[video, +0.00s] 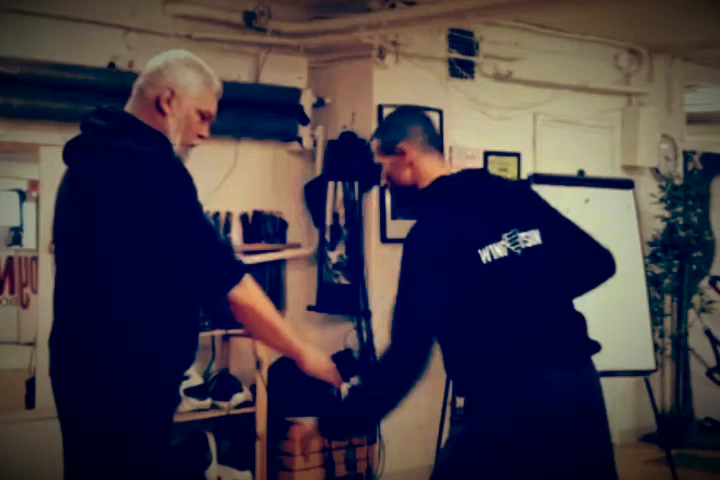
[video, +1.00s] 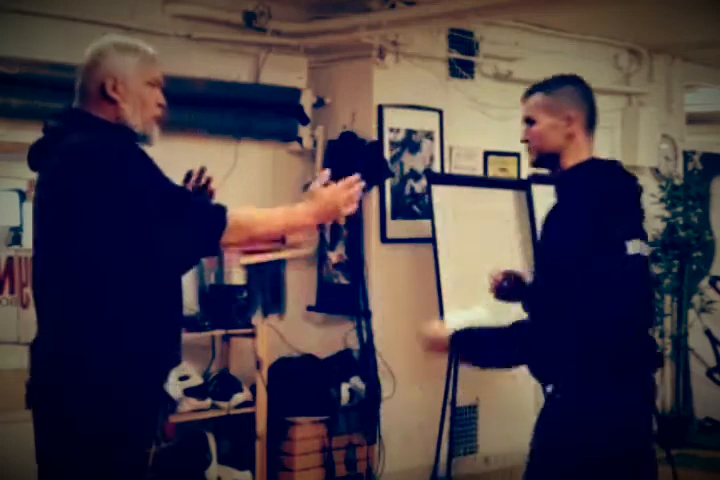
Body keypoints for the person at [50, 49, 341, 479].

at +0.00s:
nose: (205, 134)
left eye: (209, 123)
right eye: (202, 117)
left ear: (165, 100)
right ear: (167, 101)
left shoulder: (89, 164)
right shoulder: (154, 170)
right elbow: (230, 285)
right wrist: (303, 354)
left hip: (83, 372)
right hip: (134, 382)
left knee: (89, 470)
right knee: (135, 470)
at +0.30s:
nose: (202, 132)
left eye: (206, 121)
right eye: (198, 116)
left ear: (161, 101)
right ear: (163, 101)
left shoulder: (96, 162)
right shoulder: (138, 169)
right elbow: (218, 283)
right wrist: (296, 334)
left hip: (85, 390)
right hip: (125, 400)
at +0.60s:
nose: (191, 115)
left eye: (191, 101)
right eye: (183, 98)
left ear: (145, 97)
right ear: (145, 96)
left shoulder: (91, 159)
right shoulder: (127, 163)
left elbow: (117, 291)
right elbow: (214, 267)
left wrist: (170, 377)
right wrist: (302, 300)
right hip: (125, 398)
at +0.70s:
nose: (184, 110)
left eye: (184, 97)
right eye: (177, 94)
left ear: (139, 94)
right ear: (138, 94)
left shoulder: (88, 160)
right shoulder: (123, 164)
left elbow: (122, 284)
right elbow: (217, 254)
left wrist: (193, 351)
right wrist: (311, 253)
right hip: (120, 395)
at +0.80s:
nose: (178, 108)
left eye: (177, 95)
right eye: (171, 92)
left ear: (130, 94)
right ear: (131, 94)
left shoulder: (84, 159)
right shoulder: (119, 162)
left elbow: (116, 285)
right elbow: (222, 241)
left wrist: (202, 303)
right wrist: (316, 208)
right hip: (117, 396)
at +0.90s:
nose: (172, 104)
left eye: (170, 90)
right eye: (163, 88)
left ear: (120, 92)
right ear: (122, 91)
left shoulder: (82, 155)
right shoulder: (109, 157)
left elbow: (191, 238)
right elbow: (210, 231)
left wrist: (285, 232)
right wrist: (313, 198)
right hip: (109, 392)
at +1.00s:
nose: (163, 102)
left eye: (161, 88)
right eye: (154, 85)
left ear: (113, 91)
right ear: (114, 89)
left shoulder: (71, 154)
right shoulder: (105, 156)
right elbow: (210, 231)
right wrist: (315, 209)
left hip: (74, 384)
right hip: (108, 391)